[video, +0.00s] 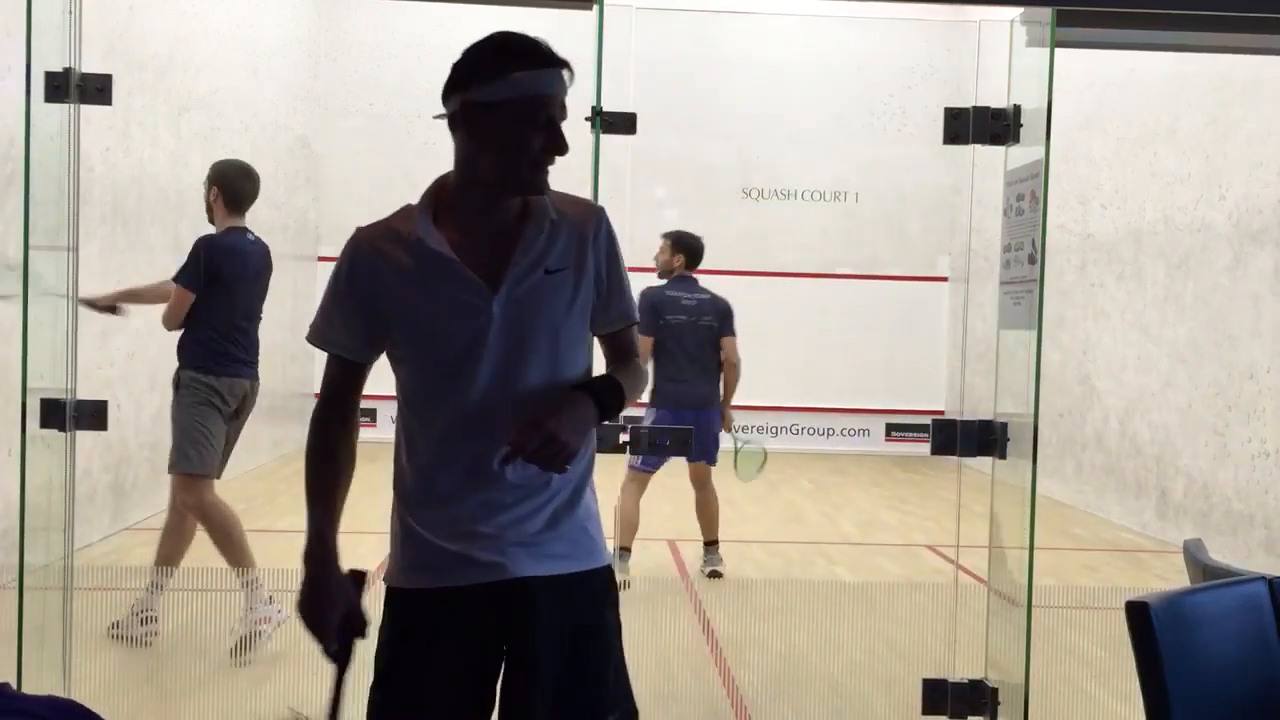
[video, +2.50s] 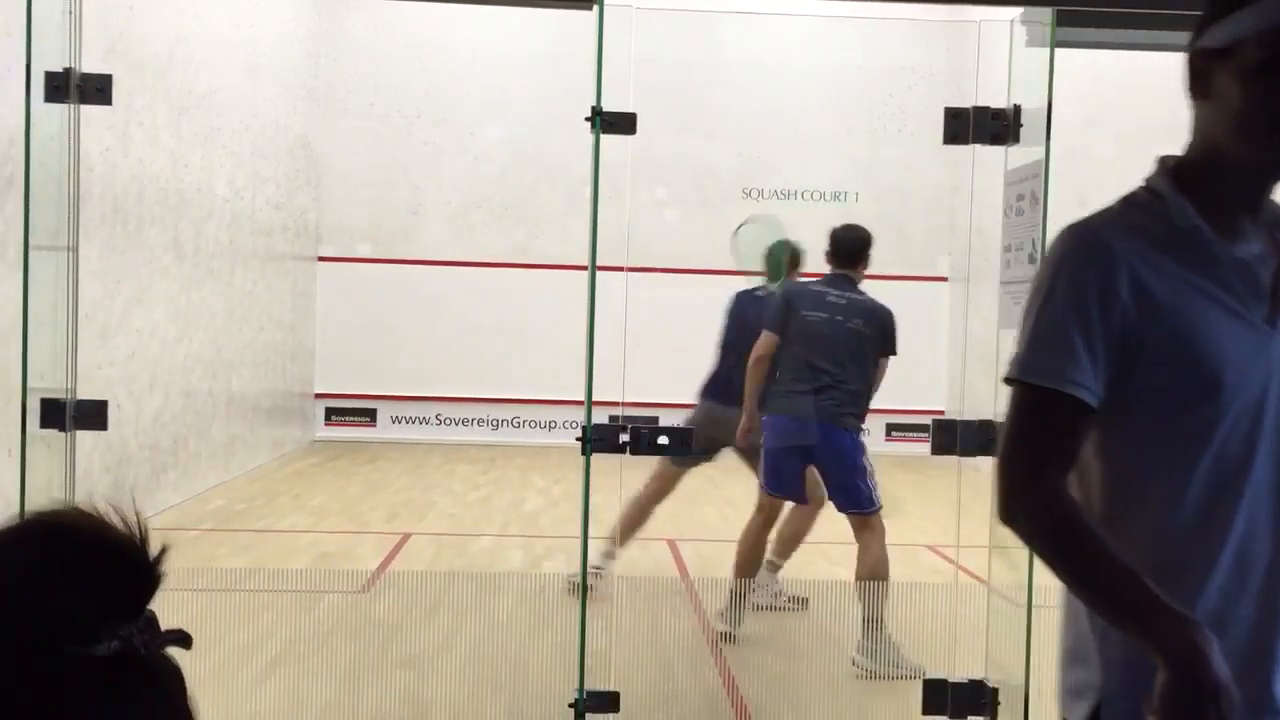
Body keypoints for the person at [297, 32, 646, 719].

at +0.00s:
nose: (560, 140)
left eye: (560, 119)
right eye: (538, 120)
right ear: (466, 121)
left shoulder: (582, 230)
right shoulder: (379, 253)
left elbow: (630, 367)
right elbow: (336, 408)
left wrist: (588, 404)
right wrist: (321, 563)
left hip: (566, 574)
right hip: (437, 578)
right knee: (414, 715)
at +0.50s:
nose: (583, 136)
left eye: (584, 118)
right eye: (561, 116)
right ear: (487, 115)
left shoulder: (595, 226)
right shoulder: (393, 255)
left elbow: (625, 354)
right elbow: (357, 425)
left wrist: (621, 396)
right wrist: (331, 584)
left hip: (590, 569)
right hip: (461, 581)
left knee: (634, 714)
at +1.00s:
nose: (793, 135)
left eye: (788, 113)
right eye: (774, 112)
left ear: (717, 118)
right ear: (703, 114)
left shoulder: (758, 239)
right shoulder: (589, 247)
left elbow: (771, 362)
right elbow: (540, 431)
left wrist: (816, 414)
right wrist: (574, 590)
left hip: (743, 589)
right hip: (627, 602)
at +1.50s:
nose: (905, 131)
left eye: (921, 111)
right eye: (883, 103)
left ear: (932, 126)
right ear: (829, 109)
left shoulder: (886, 249)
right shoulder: (761, 249)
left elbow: (947, 365)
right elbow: (728, 450)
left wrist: (1029, 386)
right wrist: (855, 587)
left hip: (881, 607)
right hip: (798, 617)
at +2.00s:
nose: (1059, 83)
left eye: (1085, 64)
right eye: (1032, 63)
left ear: (1112, 93)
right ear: (989, 85)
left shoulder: (1079, 241)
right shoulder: (929, 244)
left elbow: (1052, 414)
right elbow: (882, 464)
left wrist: (1152, 455)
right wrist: (1032, 602)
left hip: (1094, 643)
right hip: (974, 656)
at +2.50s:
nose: (1277, 95)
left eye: (1278, 72)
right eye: (1265, 69)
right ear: (1201, 74)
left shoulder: (1271, 254)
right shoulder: (1106, 254)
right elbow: (1028, 488)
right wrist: (1183, 644)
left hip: (1265, 683)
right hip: (1142, 690)